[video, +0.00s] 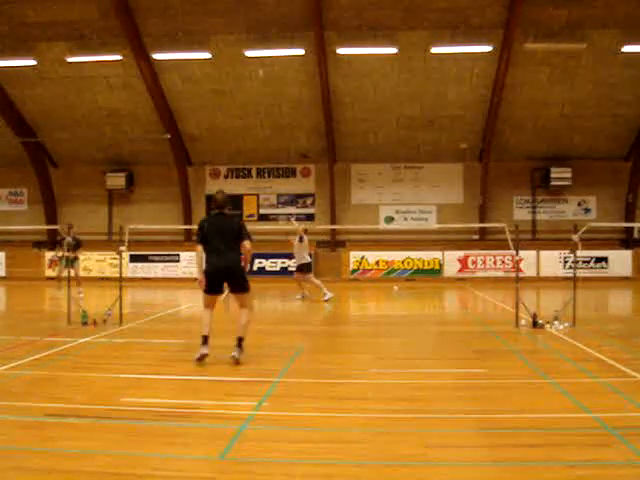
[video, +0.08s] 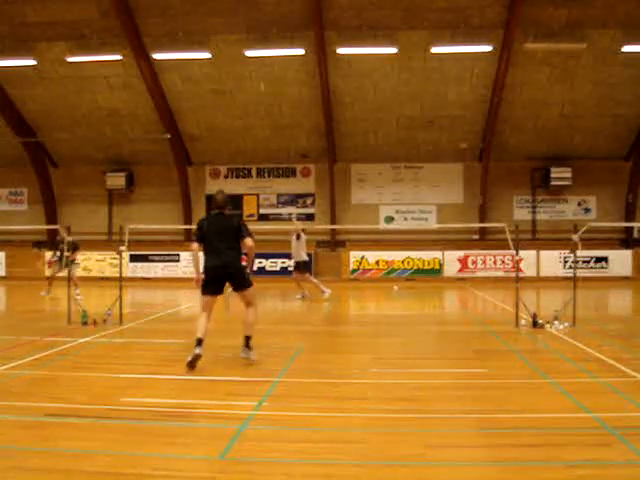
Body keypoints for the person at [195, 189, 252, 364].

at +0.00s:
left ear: (212, 205)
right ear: (227, 205)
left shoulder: (205, 223)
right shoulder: (236, 222)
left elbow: (199, 250)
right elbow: (247, 246)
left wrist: (200, 273)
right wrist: (246, 265)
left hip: (213, 269)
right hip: (234, 267)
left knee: (208, 307)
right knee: (244, 306)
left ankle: (204, 345)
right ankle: (239, 346)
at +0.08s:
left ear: (211, 205)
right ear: (228, 205)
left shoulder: (203, 223)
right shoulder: (235, 221)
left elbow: (195, 248)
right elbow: (249, 244)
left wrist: (197, 272)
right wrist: (249, 264)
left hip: (212, 269)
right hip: (234, 267)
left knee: (205, 311)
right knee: (250, 304)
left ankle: (198, 345)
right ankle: (247, 345)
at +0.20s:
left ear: (215, 215)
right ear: (231, 215)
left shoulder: (205, 233)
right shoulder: (238, 233)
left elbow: (192, 253)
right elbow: (259, 252)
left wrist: (189, 278)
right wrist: (260, 269)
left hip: (211, 281)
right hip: (235, 280)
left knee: (203, 322)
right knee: (254, 313)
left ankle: (195, 364)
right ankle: (266, 350)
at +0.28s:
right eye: (231, 217)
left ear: (216, 219)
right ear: (232, 219)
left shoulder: (206, 236)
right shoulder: (239, 236)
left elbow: (193, 256)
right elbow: (262, 255)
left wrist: (188, 280)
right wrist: (264, 271)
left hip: (212, 282)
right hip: (236, 281)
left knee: (202, 324)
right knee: (254, 317)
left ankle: (194, 364)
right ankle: (268, 350)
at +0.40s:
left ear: (224, 221)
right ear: (239, 221)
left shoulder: (215, 239)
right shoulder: (247, 240)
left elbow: (195, 258)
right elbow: (269, 263)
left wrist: (184, 281)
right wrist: (269, 279)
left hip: (220, 283)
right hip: (243, 284)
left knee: (203, 322)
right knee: (257, 322)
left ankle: (194, 364)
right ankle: (269, 361)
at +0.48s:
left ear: (228, 220)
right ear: (244, 220)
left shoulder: (219, 237)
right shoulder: (251, 238)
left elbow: (194, 256)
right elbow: (271, 263)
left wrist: (183, 278)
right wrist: (270, 278)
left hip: (224, 280)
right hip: (248, 280)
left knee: (205, 319)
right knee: (266, 314)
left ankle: (193, 362)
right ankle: (273, 355)